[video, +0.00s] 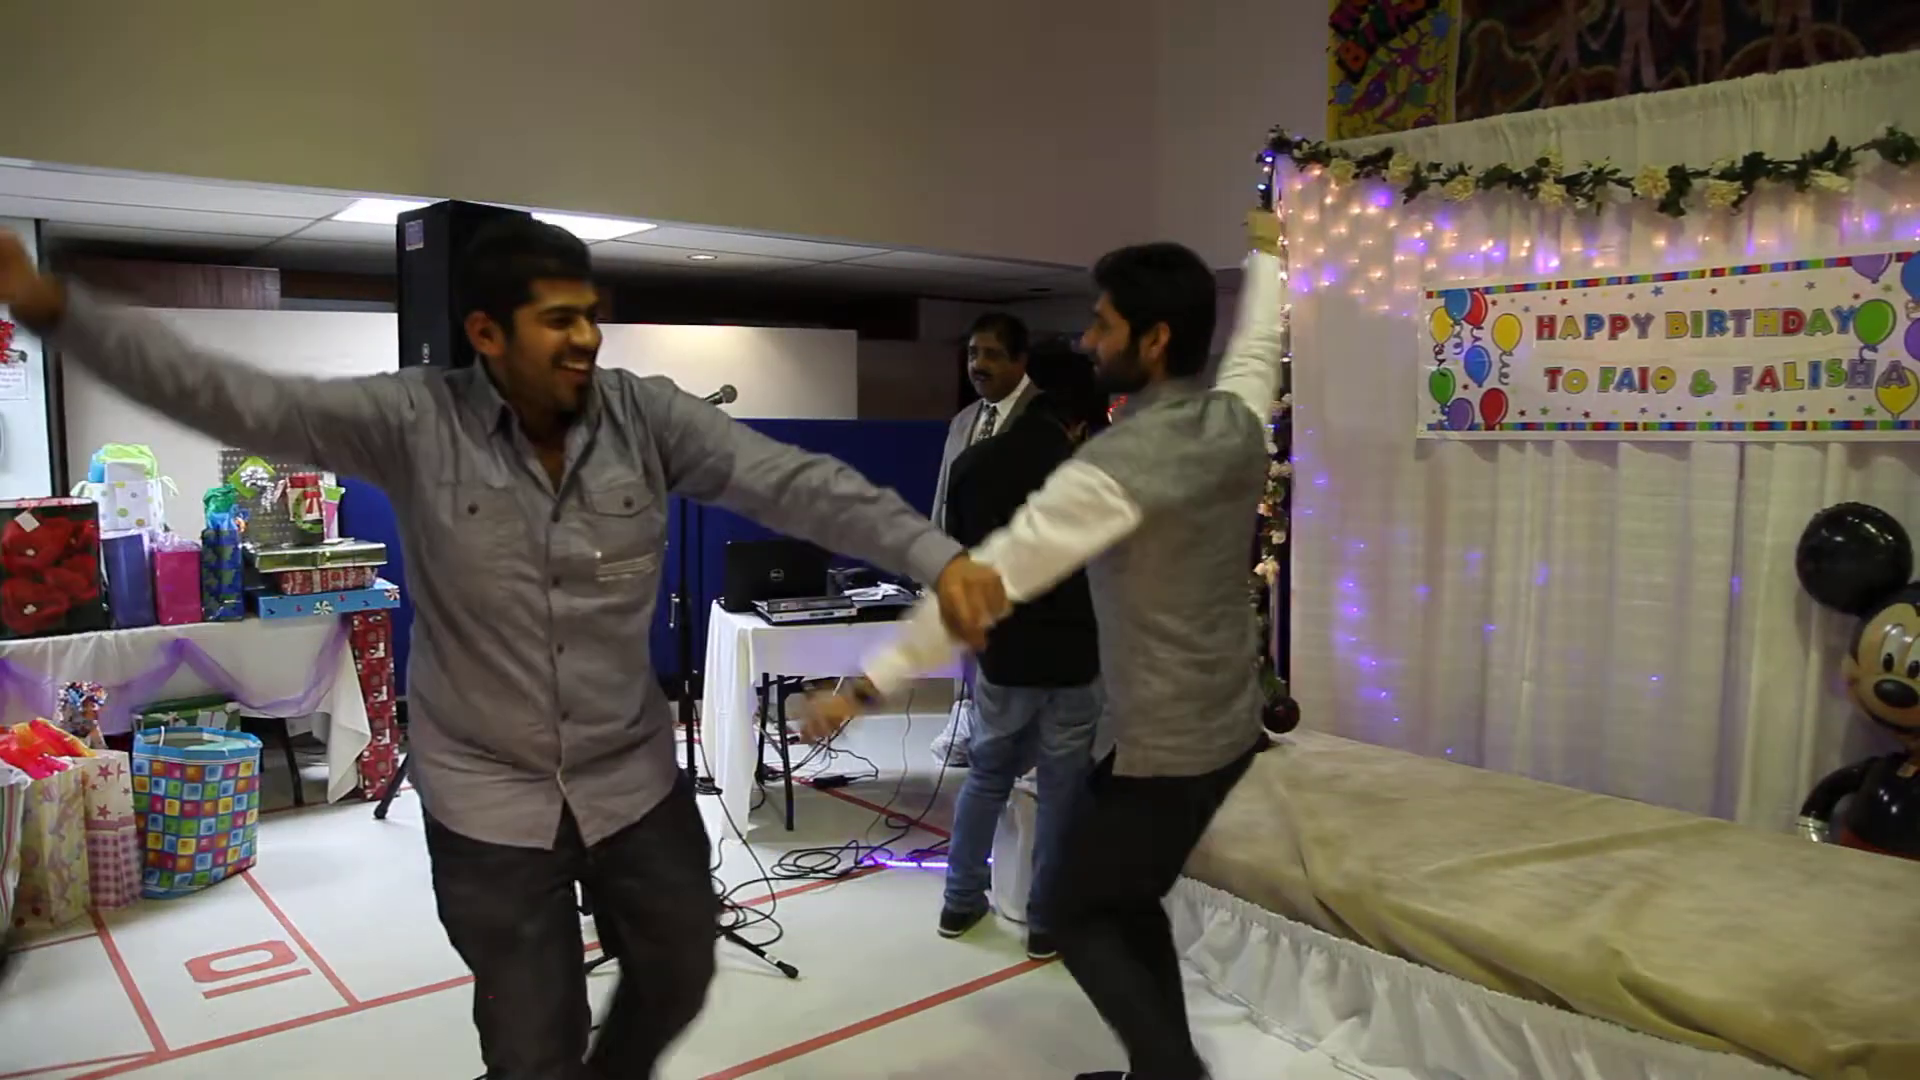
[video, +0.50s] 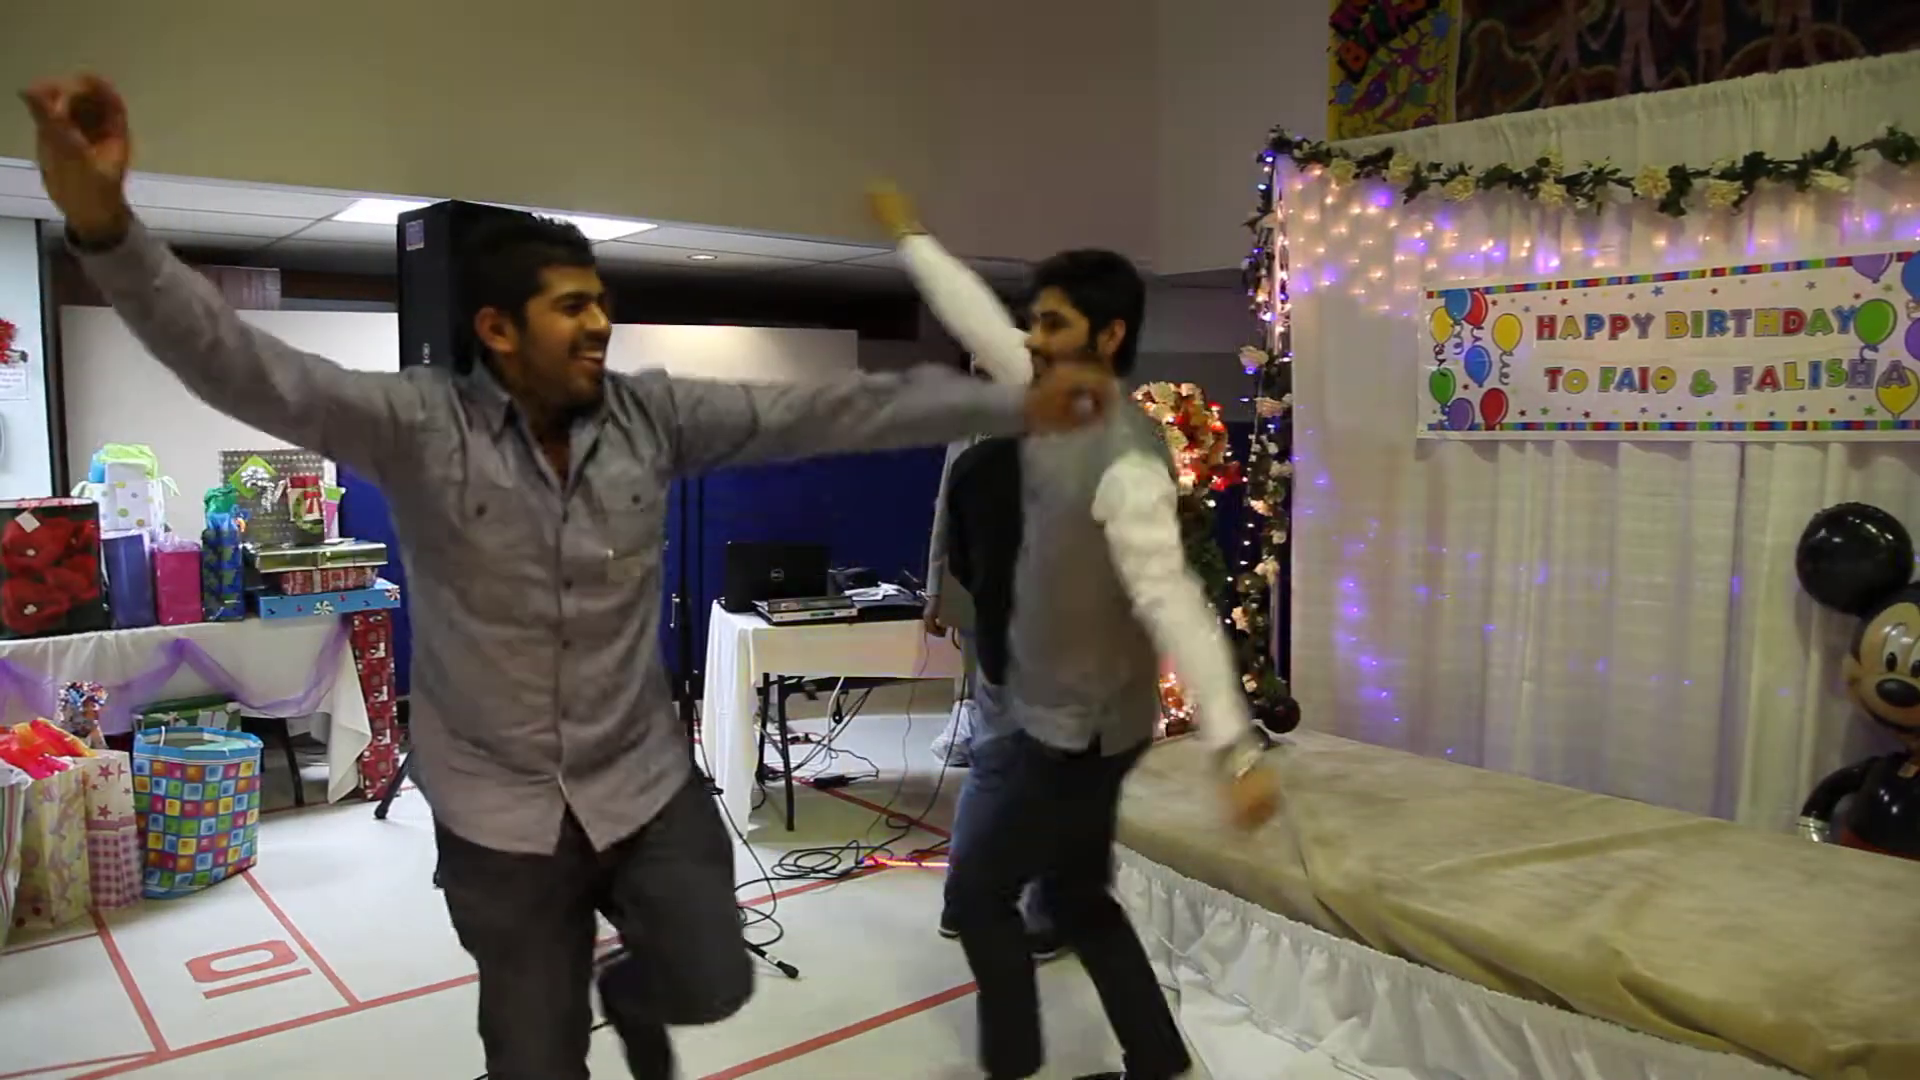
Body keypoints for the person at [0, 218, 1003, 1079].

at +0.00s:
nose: (585, 341)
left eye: (594, 319)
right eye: (559, 320)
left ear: (603, 324)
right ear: (485, 332)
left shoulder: (645, 415)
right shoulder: (410, 421)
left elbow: (794, 483)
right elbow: (229, 393)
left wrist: (939, 557)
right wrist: (59, 309)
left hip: (630, 775)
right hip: (484, 796)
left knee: (679, 977)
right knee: (539, 1048)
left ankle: (605, 1073)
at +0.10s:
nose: (580, 344)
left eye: (586, 321)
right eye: (553, 324)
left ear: (594, 328)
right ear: (480, 338)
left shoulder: (643, 428)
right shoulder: (413, 438)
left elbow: (795, 495)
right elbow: (239, 479)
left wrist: (929, 532)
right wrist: (102, 396)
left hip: (628, 789)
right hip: (487, 809)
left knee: (643, 990)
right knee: (546, 1045)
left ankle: (528, 1062)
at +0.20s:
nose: (578, 365)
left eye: (580, 343)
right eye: (551, 345)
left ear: (586, 354)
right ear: (476, 368)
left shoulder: (649, 464)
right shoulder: (407, 482)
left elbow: (785, 536)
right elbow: (233, 567)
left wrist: (883, 502)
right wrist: (161, 432)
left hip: (629, 815)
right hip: (491, 830)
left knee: (626, 1001)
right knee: (560, 1058)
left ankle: (522, 1025)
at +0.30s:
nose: (580, 351)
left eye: (581, 331)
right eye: (553, 335)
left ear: (590, 344)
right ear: (478, 359)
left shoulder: (648, 455)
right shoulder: (406, 474)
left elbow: (800, 499)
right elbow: (217, 519)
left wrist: (910, 437)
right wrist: (162, 362)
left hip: (631, 814)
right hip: (491, 831)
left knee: (658, 1008)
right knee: (553, 1059)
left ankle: (528, 1019)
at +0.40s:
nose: (587, 322)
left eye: (591, 301)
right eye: (560, 305)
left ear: (601, 317)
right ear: (486, 329)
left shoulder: (650, 410)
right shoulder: (406, 429)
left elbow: (824, 417)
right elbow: (214, 408)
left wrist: (988, 385)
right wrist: (118, 249)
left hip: (642, 785)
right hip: (494, 810)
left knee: (679, 987)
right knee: (538, 1057)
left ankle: (548, 977)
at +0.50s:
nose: (599, 330)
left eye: (602, 309)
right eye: (572, 312)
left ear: (604, 324)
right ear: (494, 331)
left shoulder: (653, 415)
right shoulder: (416, 423)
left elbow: (835, 409)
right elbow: (246, 370)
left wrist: (1019, 401)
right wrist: (108, 232)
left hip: (649, 782)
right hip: (499, 809)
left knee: (711, 979)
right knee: (537, 1060)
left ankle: (621, 998)